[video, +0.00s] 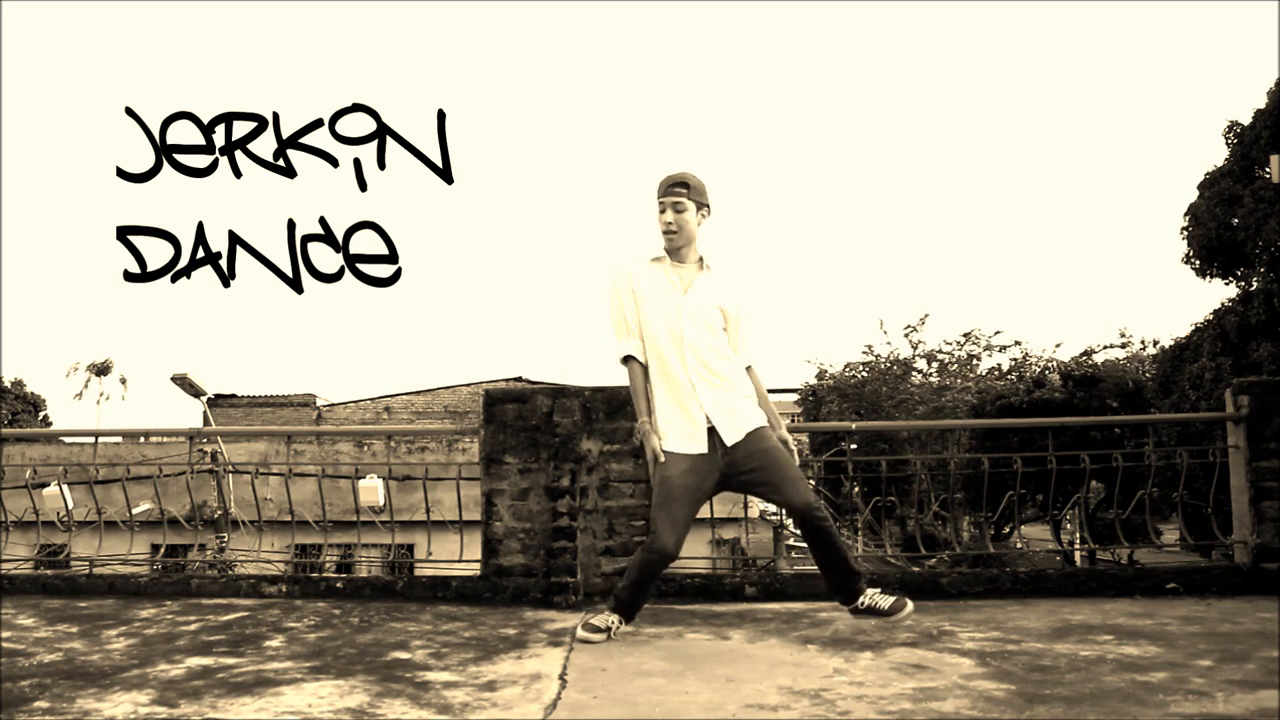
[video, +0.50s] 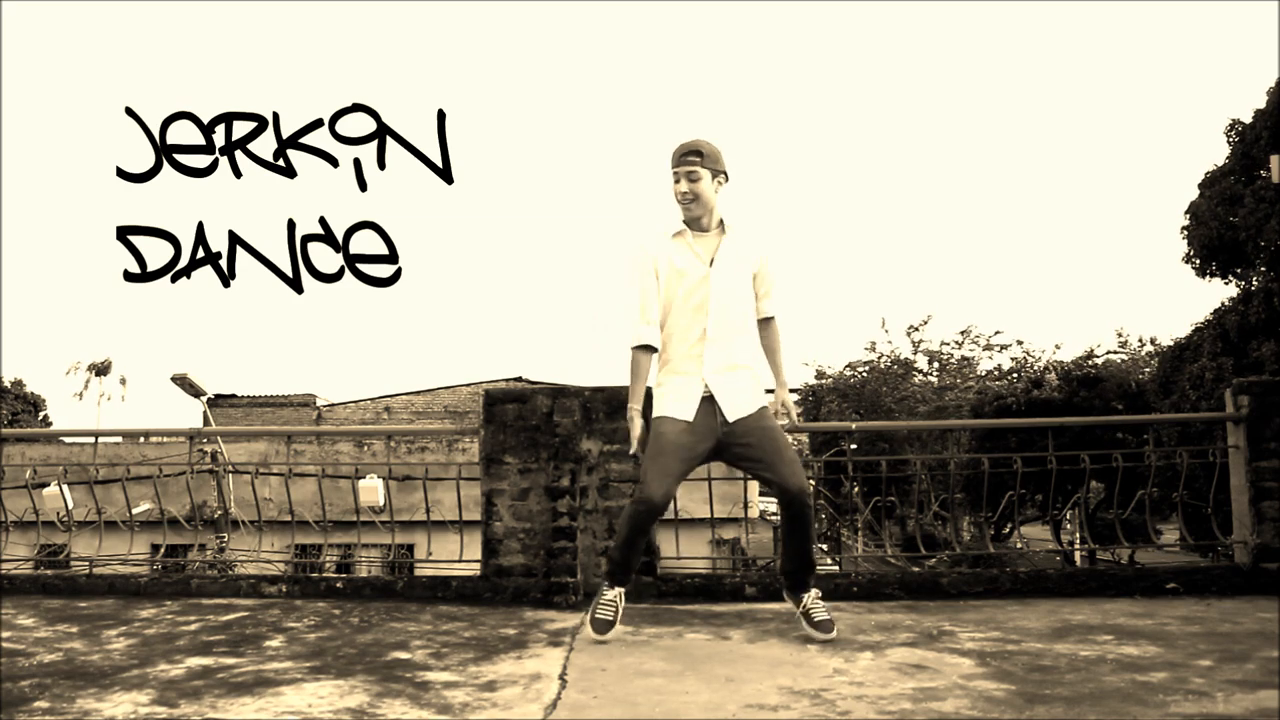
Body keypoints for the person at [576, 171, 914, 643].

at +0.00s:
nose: (667, 218)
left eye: (678, 209)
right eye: (661, 210)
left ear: (701, 216)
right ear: (656, 219)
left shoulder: (721, 285)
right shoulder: (636, 281)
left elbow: (746, 364)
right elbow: (634, 359)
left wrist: (777, 425)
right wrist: (644, 422)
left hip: (742, 423)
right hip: (681, 431)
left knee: (807, 504)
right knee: (664, 545)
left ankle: (856, 595)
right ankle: (616, 613)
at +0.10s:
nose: (651, 218)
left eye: (661, 208)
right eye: (645, 209)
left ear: (685, 213)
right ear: (640, 216)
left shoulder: (716, 275)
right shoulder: (627, 283)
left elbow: (736, 352)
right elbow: (620, 357)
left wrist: (755, 415)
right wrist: (631, 417)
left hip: (734, 423)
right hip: (672, 431)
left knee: (804, 509)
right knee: (658, 544)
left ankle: (857, 591)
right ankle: (614, 612)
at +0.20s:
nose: (666, 221)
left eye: (677, 213)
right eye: (660, 212)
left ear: (697, 219)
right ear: (652, 216)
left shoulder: (723, 281)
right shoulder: (631, 287)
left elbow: (745, 363)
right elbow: (624, 362)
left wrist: (764, 427)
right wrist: (628, 414)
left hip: (736, 422)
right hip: (671, 429)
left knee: (799, 508)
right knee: (658, 541)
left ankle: (804, 594)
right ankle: (616, 612)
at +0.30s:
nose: (689, 224)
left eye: (700, 215)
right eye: (683, 214)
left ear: (722, 222)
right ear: (676, 219)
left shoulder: (742, 288)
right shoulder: (650, 285)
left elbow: (760, 365)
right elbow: (639, 358)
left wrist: (780, 430)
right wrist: (639, 413)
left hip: (737, 416)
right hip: (674, 419)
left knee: (793, 514)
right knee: (656, 536)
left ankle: (794, 604)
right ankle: (615, 609)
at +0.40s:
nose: (700, 211)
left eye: (711, 202)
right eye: (694, 203)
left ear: (735, 209)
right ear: (688, 212)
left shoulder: (756, 278)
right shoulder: (667, 280)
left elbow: (769, 344)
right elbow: (645, 357)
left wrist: (788, 400)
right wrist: (639, 426)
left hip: (738, 414)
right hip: (678, 415)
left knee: (789, 514)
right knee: (657, 517)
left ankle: (790, 609)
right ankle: (610, 598)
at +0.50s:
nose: (683, 188)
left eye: (693, 177)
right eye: (677, 180)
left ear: (719, 182)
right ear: (672, 188)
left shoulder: (748, 250)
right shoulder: (657, 257)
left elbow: (767, 322)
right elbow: (645, 340)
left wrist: (781, 385)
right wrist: (634, 410)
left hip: (745, 396)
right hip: (679, 398)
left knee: (797, 489)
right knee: (651, 496)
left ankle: (801, 588)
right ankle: (614, 585)